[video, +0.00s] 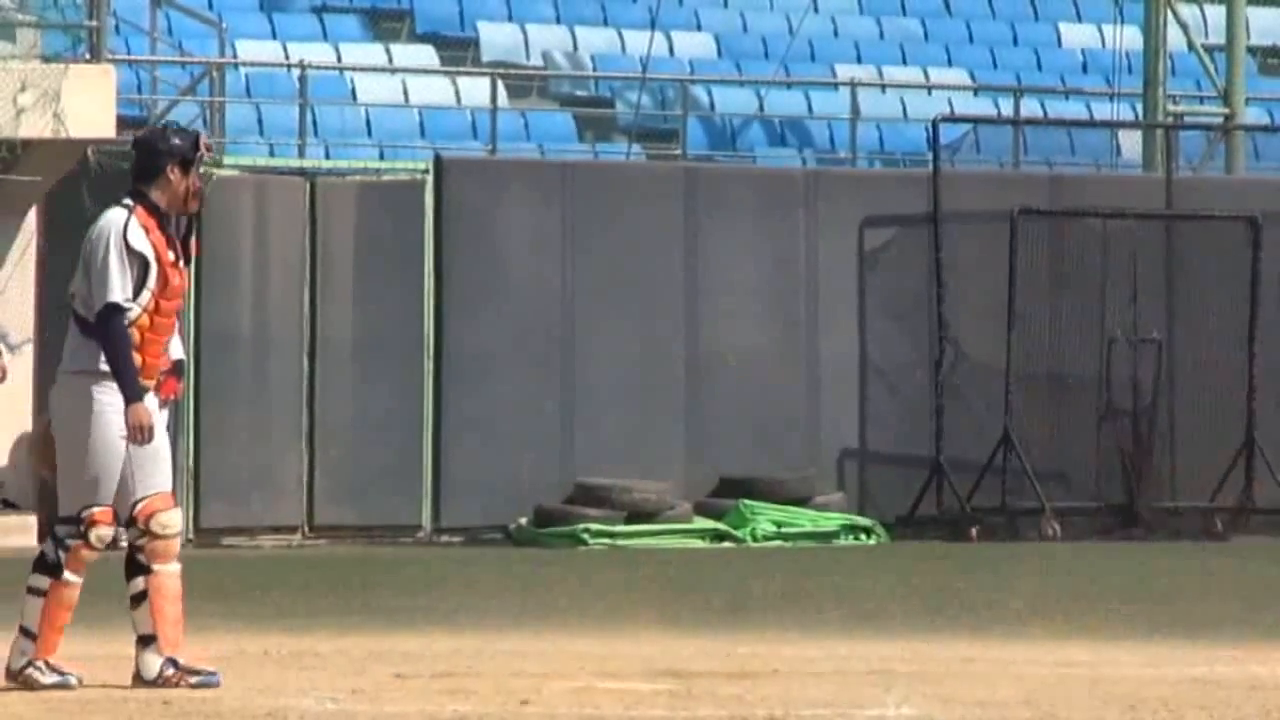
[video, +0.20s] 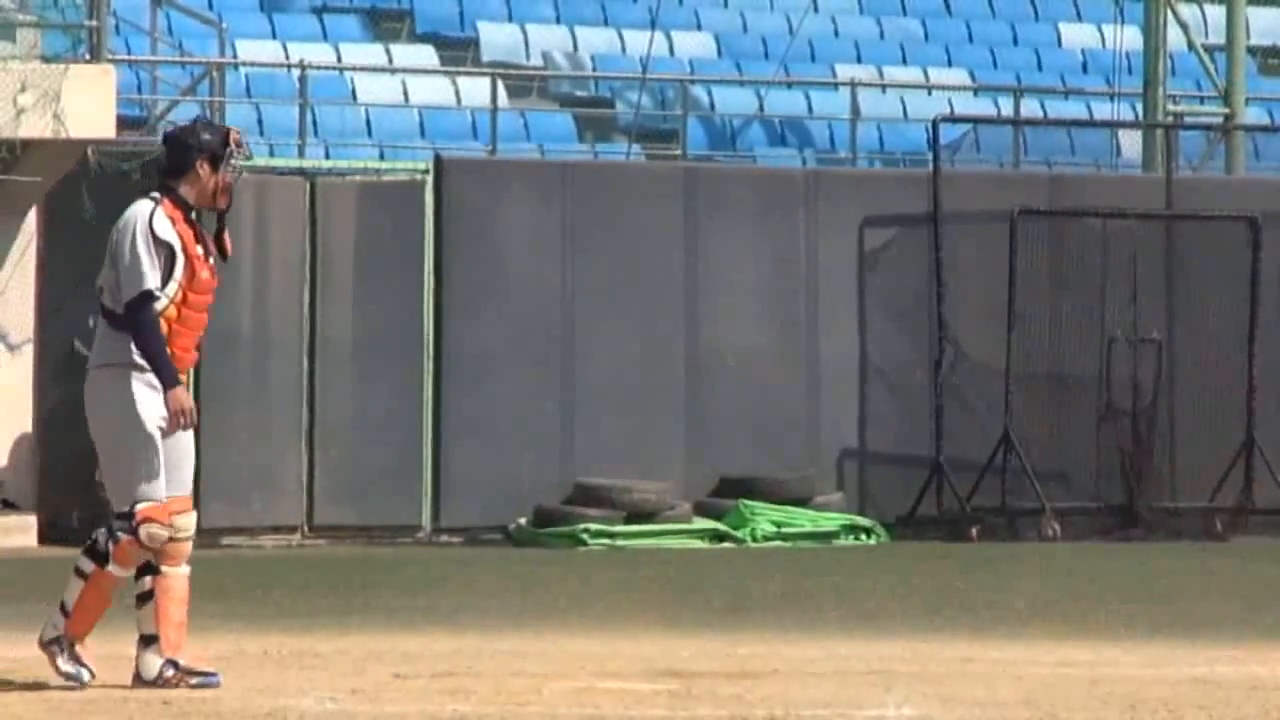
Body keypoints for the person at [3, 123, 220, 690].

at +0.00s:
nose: (198, 184)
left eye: (198, 173)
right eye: (193, 173)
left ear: (166, 175)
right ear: (168, 174)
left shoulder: (160, 233)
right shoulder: (117, 227)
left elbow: (153, 311)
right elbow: (110, 317)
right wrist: (134, 397)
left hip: (144, 391)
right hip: (96, 388)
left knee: (160, 526)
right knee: (88, 527)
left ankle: (159, 660)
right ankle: (32, 657)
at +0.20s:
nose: (228, 181)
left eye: (229, 170)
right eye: (224, 169)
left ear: (197, 170)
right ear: (198, 169)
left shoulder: (187, 228)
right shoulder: (145, 219)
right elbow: (138, 310)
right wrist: (172, 383)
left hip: (169, 380)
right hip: (128, 378)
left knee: (176, 523)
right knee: (142, 520)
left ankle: (161, 659)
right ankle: (65, 635)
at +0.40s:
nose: (248, 177)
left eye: (248, 165)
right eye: (242, 165)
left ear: (217, 167)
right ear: (216, 167)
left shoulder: (213, 231)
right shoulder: (161, 218)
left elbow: (212, 326)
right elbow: (154, 307)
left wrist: (237, 397)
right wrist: (198, 374)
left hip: (186, 380)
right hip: (148, 377)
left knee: (179, 518)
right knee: (181, 513)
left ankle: (165, 653)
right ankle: (145, 652)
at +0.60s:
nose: (264, 178)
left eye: (264, 167)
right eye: (258, 167)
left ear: (235, 168)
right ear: (233, 167)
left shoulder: (229, 231)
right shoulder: (175, 220)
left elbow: (238, 325)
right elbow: (158, 306)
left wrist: (285, 395)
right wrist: (196, 377)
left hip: (204, 382)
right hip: (163, 378)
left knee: (180, 518)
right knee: (211, 506)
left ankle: (161, 655)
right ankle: (213, 652)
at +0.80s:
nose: (298, 180)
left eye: (297, 169)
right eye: (289, 169)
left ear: (268, 172)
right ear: (261, 172)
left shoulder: (268, 234)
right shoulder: (209, 225)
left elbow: (264, 328)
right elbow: (179, 310)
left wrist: (301, 404)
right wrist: (177, 391)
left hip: (237, 390)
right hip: (200, 385)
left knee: (200, 528)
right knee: (242, 514)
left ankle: (160, 658)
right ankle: (259, 658)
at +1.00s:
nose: (320, 176)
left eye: (320, 165)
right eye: (312, 165)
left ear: (289, 167)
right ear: (286, 165)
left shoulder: (295, 227)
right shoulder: (235, 219)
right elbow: (202, 304)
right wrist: (200, 387)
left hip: (278, 385)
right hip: (236, 379)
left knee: (279, 522)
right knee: (254, 520)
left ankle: (186, 630)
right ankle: (263, 659)